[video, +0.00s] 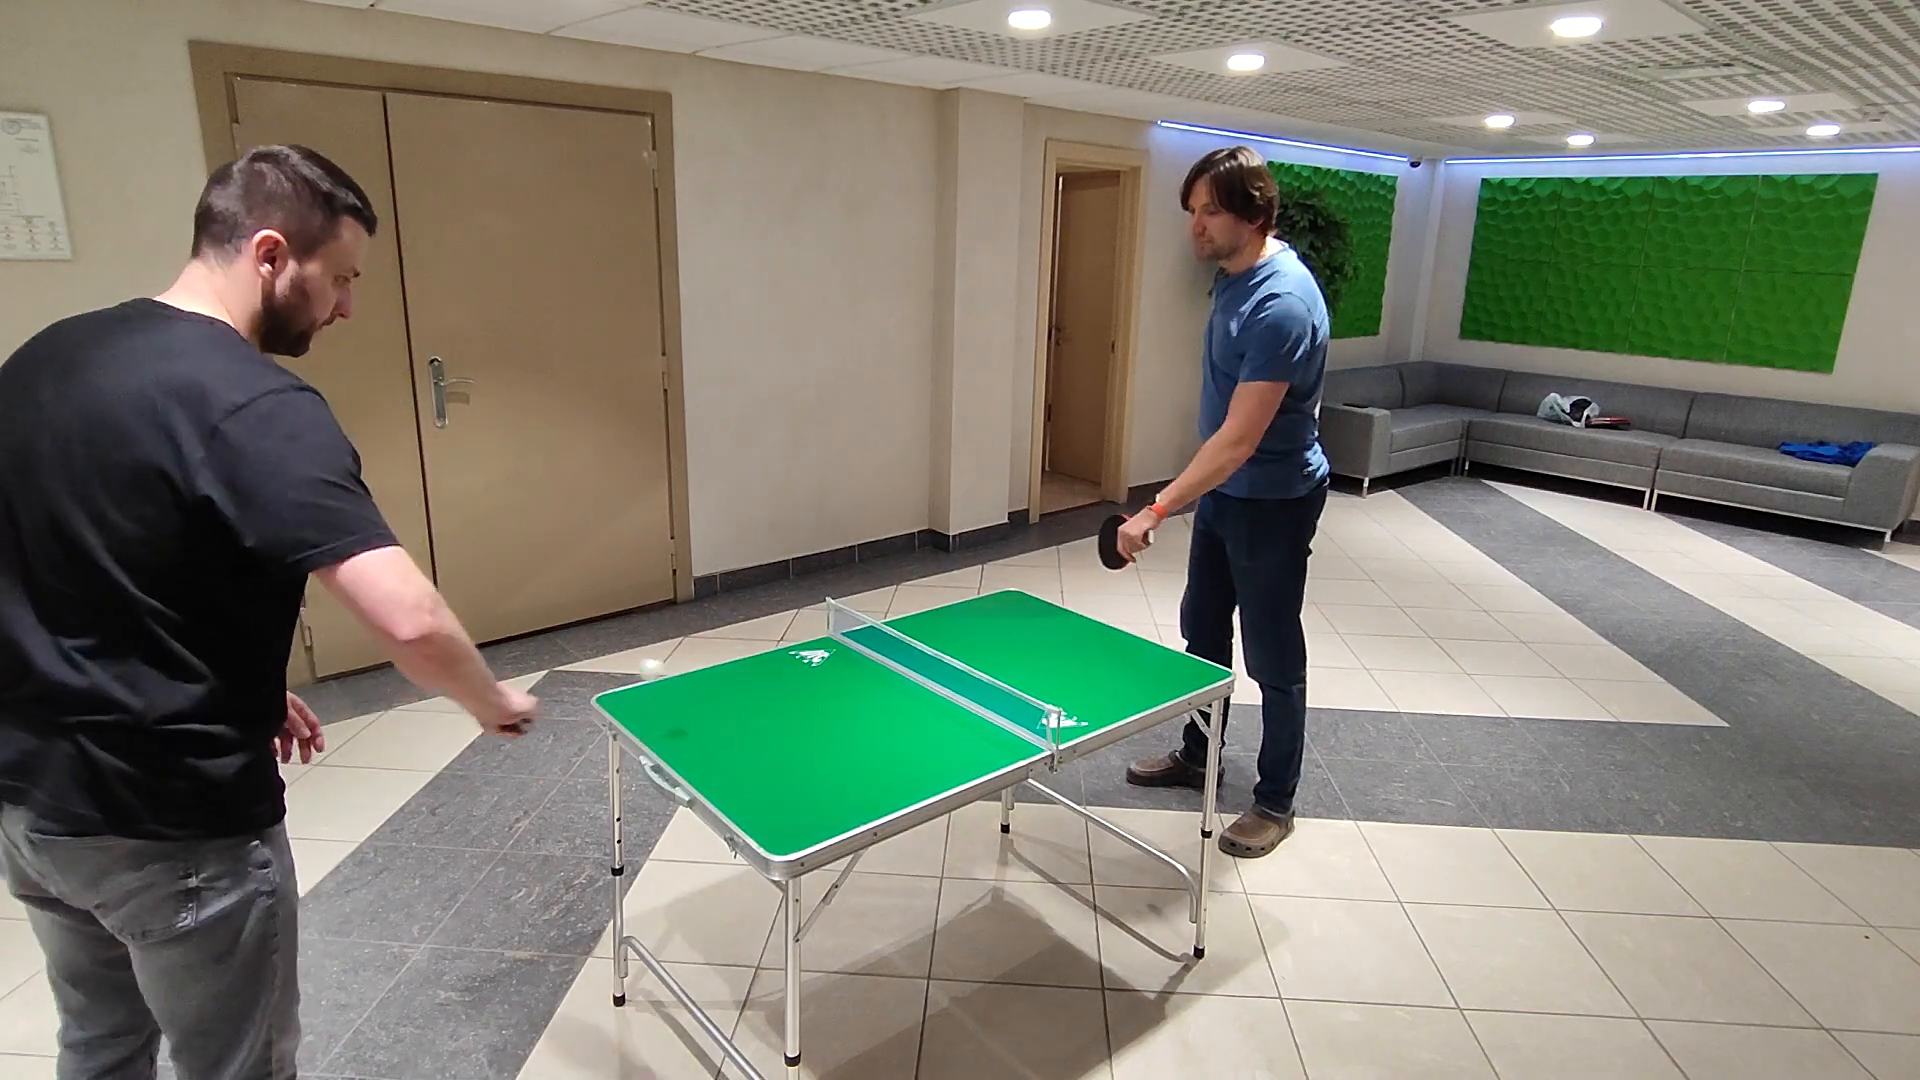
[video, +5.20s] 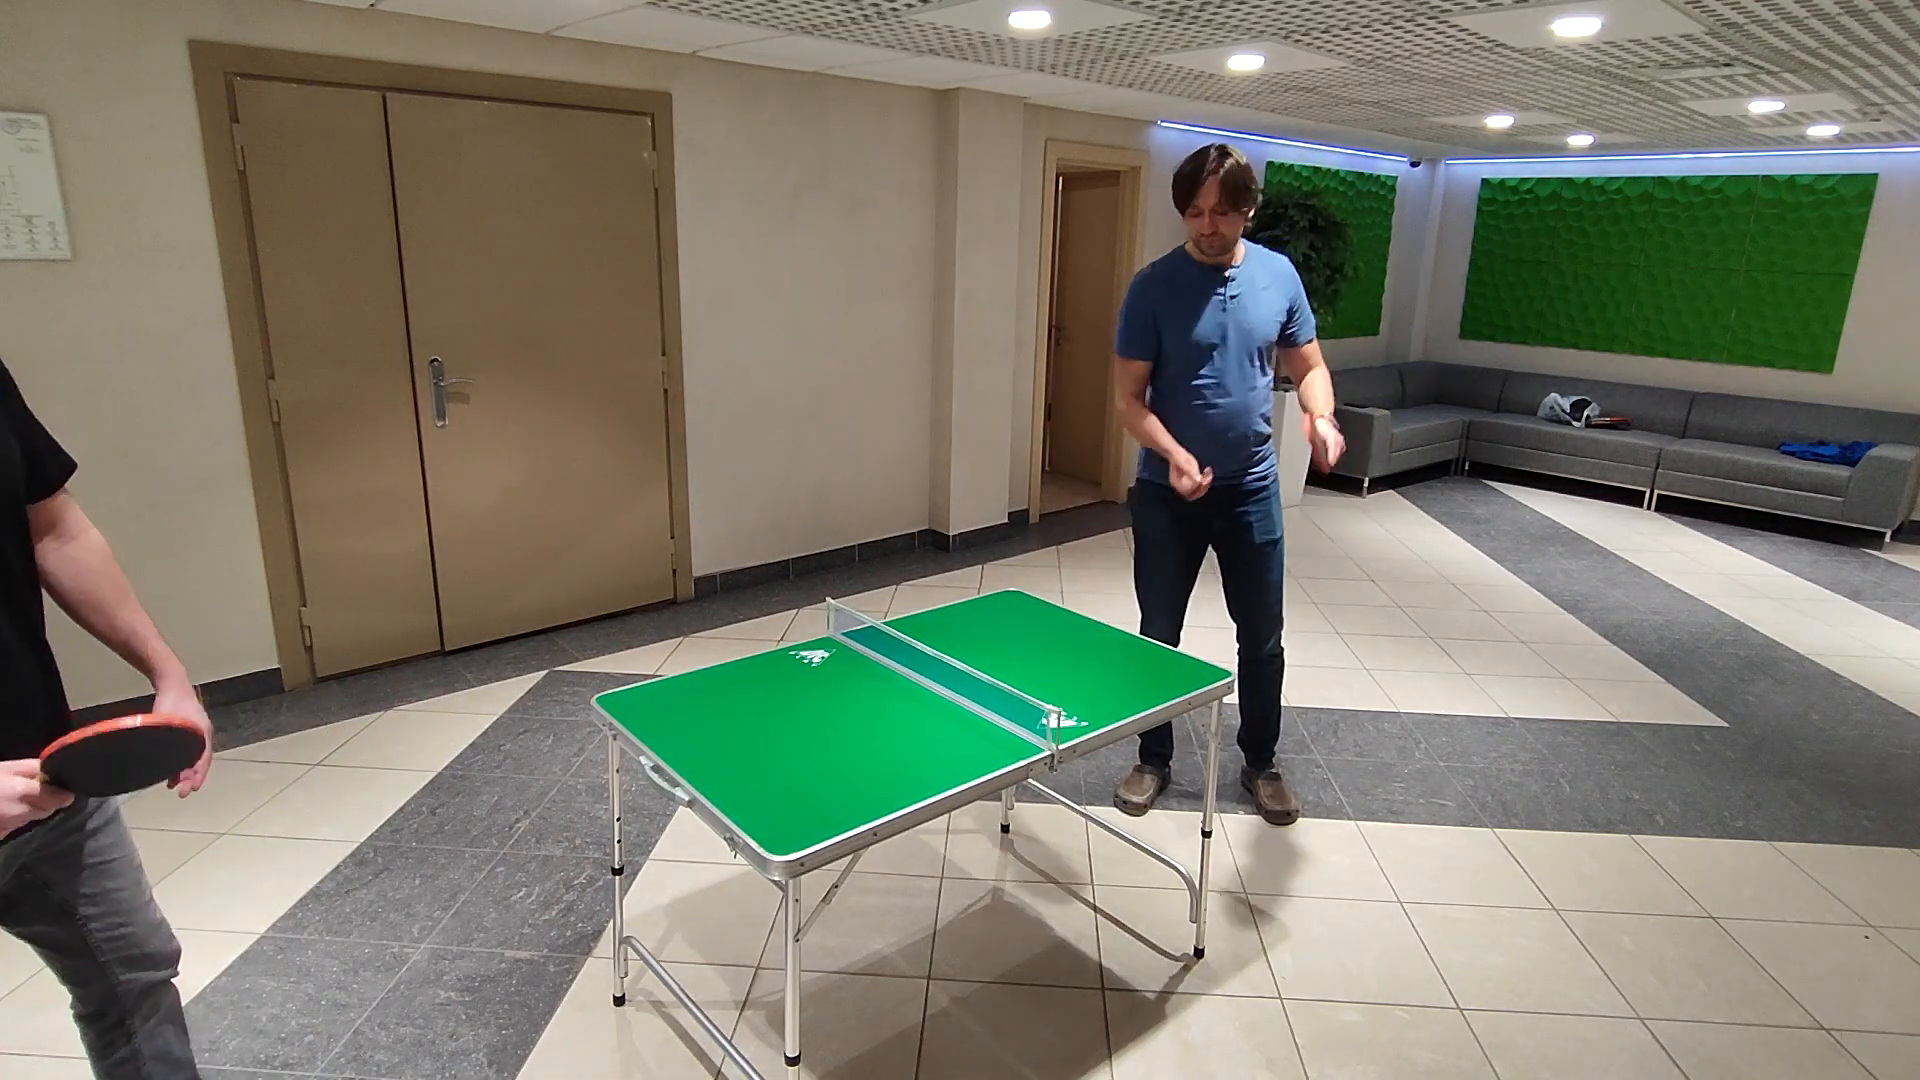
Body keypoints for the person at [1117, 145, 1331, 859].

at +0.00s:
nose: (1193, 226)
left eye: (1204, 214)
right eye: (1192, 213)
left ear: (1247, 215)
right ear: (1232, 216)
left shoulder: (1283, 307)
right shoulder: (1240, 276)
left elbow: (1237, 439)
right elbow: (1236, 409)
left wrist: (1153, 511)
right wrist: (1206, 480)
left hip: (1275, 497)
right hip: (1225, 486)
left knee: (1274, 658)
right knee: (1203, 629)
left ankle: (1274, 803)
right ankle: (1195, 756)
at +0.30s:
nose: (1214, 230)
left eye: (1228, 218)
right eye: (1210, 215)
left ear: (1269, 222)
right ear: (1211, 216)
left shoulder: (1308, 307)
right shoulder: (1226, 275)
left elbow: (1329, 437)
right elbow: (1231, 384)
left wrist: (1259, 523)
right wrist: (1207, 471)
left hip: (1271, 505)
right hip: (1205, 485)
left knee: (1277, 662)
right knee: (1163, 617)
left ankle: (1274, 803)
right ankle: (1185, 740)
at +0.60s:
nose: (1219, 258)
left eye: (1236, 247)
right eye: (1210, 243)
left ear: (1264, 246)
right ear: (1198, 237)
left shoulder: (1293, 324)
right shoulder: (1169, 289)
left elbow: (1308, 437)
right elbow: (1139, 376)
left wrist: (1319, 534)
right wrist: (1107, 456)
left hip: (1243, 499)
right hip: (1164, 488)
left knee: (1255, 651)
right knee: (1139, 618)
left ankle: (1272, 803)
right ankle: (1138, 723)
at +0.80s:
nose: (1198, 284)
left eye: (1213, 273)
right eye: (1189, 269)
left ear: (1238, 271)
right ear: (1177, 262)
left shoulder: (1259, 351)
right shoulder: (1150, 301)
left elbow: (1242, 461)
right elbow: (1105, 379)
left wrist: (1222, 551)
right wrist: (1063, 453)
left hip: (1212, 498)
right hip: (1138, 484)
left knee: (1232, 641)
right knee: (1119, 611)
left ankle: (1261, 788)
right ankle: (1139, 720)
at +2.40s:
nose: (1216, 225)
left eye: (1231, 213)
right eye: (1208, 213)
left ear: (1263, 214)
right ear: (1198, 213)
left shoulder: (1307, 290)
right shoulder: (1175, 284)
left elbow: (1320, 401)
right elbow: (1147, 379)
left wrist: (1300, 487)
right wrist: (1108, 463)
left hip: (1261, 484)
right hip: (1178, 479)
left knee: (1252, 643)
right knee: (1159, 615)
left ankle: (1234, 763)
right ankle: (1140, 721)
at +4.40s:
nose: (1269, 227)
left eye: (1284, 216)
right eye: (1263, 213)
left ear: (1321, 219)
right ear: (1258, 213)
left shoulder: (1363, 287)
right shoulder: (1234, 285)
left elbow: (1378, 393)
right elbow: (1177, 384)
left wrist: (1380, 489)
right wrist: (1118, 454)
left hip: (1316, 489)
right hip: (1232, 480)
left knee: (1291, 641)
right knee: (1191, 627)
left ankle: (1264, 762)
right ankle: (1183, 729)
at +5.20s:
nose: (1209, 226)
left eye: (1223, 212)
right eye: (1196, 211)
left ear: (1246, 212)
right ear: (1179, 209)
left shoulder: (1278, 276)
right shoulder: (1151, 289)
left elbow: (1311, 369)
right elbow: (1127, 399)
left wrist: (1319, 415)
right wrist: (1171, 450)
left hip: (1250, 485)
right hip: (1168, 487)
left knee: (1263, 635)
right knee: (1158, 633)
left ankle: (1262, 764)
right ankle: (1152, 761)